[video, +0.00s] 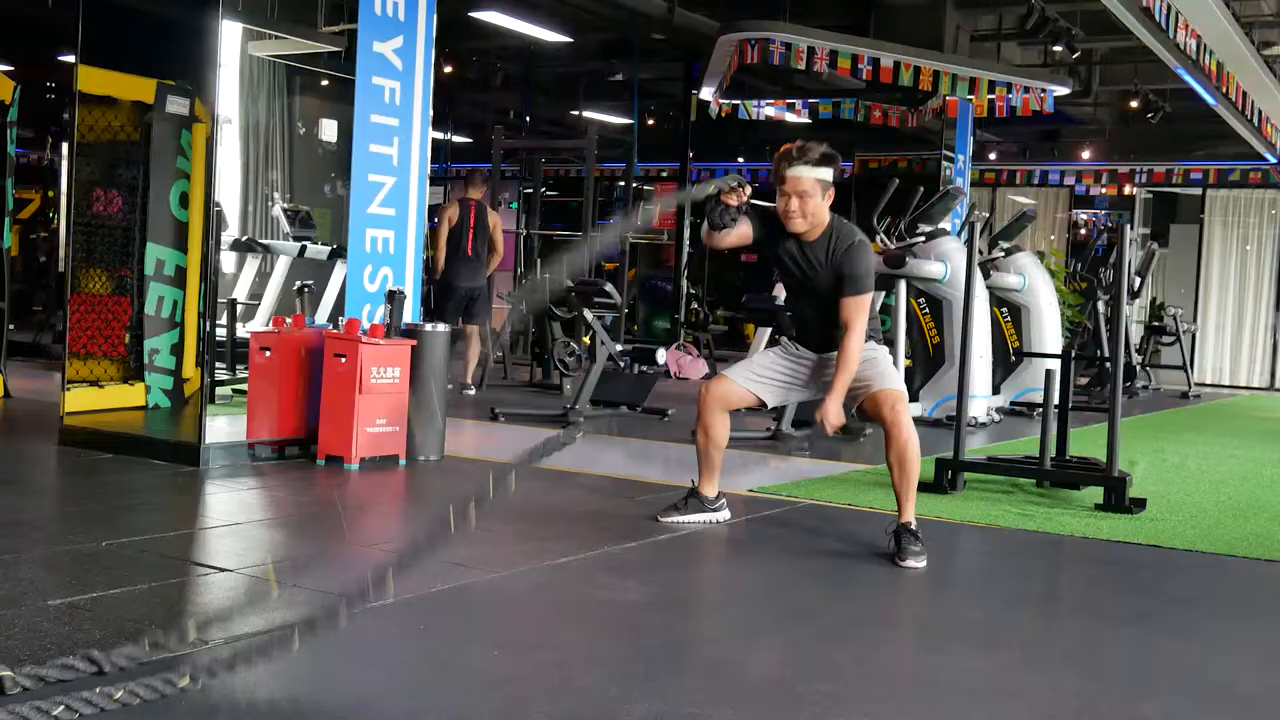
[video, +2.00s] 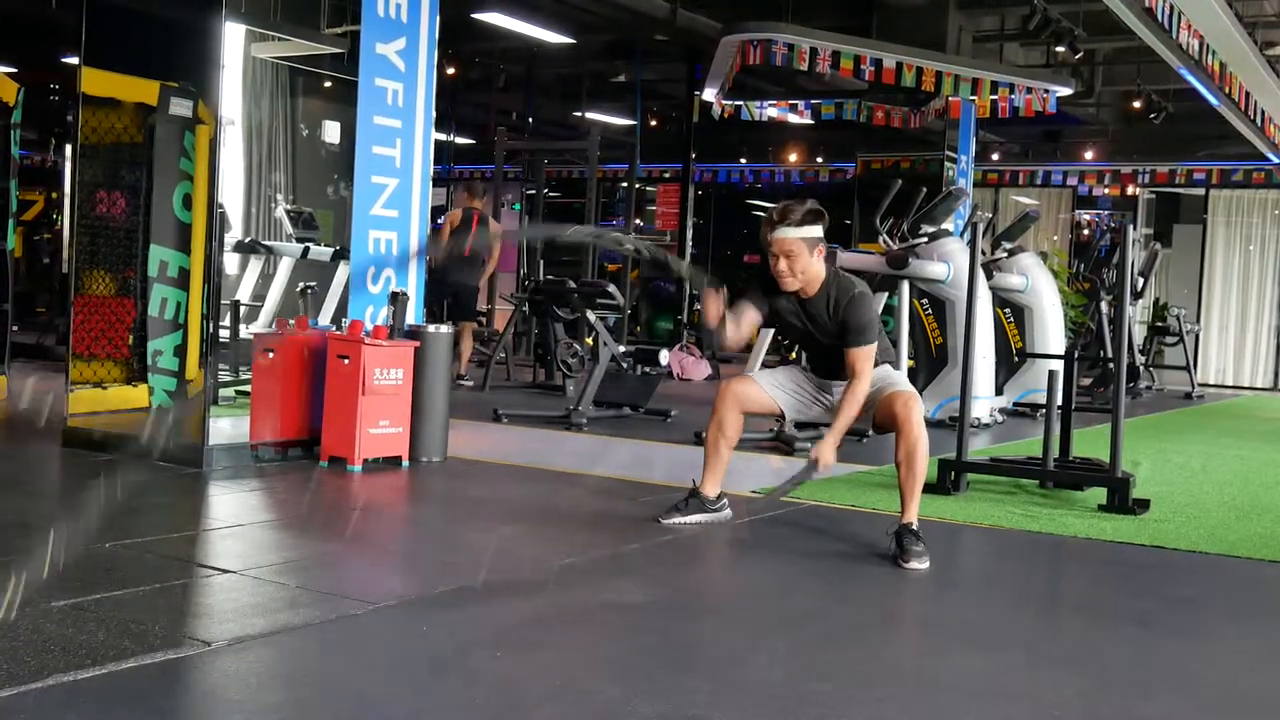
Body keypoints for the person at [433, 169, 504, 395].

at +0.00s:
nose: (471, 192)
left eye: (465, 187)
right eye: (480, 189)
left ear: (463, 187)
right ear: (484, 190)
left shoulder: (450, 210)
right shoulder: (493, 217)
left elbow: (440, 247)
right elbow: (498, 252)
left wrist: (438, 275)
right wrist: (483, 273)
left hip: (452, 281)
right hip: (478, 283)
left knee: (441, 331)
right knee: (473, 331)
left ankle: (438, 379)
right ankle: (468, 381)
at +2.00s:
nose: (461, 198)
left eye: (462, 194)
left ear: (466, 195)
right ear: (484, 199)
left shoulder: (452, 216)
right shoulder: (494, 226)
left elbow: (441, 248)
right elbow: (493, 259)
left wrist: (437, 265)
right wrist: (479, 282)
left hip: (445, 281)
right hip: (470, 284)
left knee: (438, 326)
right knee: (466, 329)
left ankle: (435, 372)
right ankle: (462, 373)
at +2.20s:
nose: (463, 204)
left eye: (460, 200)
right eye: (466, 200)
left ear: (453, 200)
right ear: (470, 200)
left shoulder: (438, 221)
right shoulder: (481, 224)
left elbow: (433, 253)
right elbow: (489, 254)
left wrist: (436, 273)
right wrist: (479, 278)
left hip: (441, 282)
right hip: (466, 284)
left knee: (438, 328)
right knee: (466, 330)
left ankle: (435, 372)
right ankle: (462, 372)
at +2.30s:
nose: (454, 203)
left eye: (449, 199)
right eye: (458, 199)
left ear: (442, 200)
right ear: (459, 200)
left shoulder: (432, 223)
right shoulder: (470, 223)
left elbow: (424, 252)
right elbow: (481, 253)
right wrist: (478, 274)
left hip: (438, 281)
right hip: (463, 281)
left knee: (435, 328)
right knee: (465, 327)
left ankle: (434, 372)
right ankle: (463, 371)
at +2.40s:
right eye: (444, 200)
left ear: (431, 203)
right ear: (448, 202)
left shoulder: (424, 222)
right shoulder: (460, 222)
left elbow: (419, 255)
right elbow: (472, 251)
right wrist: (473, 278)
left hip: (433, 284)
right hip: (458, 282)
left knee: (437, 327)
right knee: (471, 323)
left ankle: (436, 369)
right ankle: (466, 365)